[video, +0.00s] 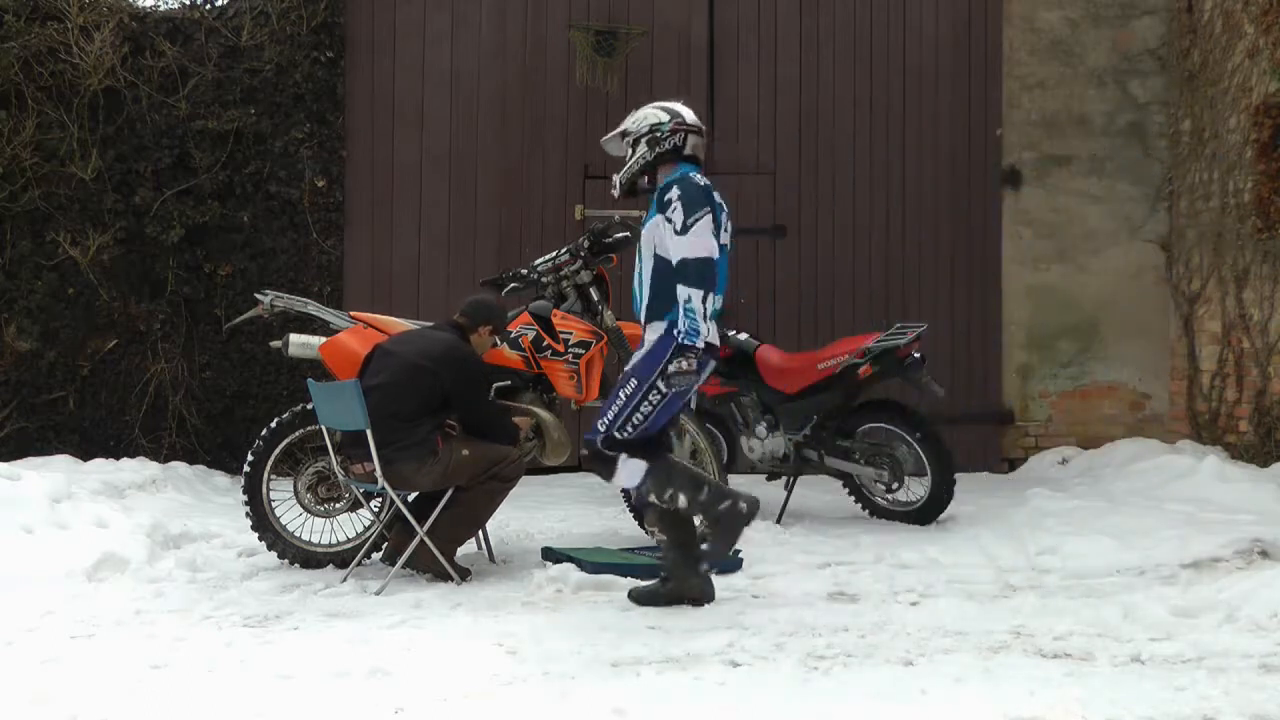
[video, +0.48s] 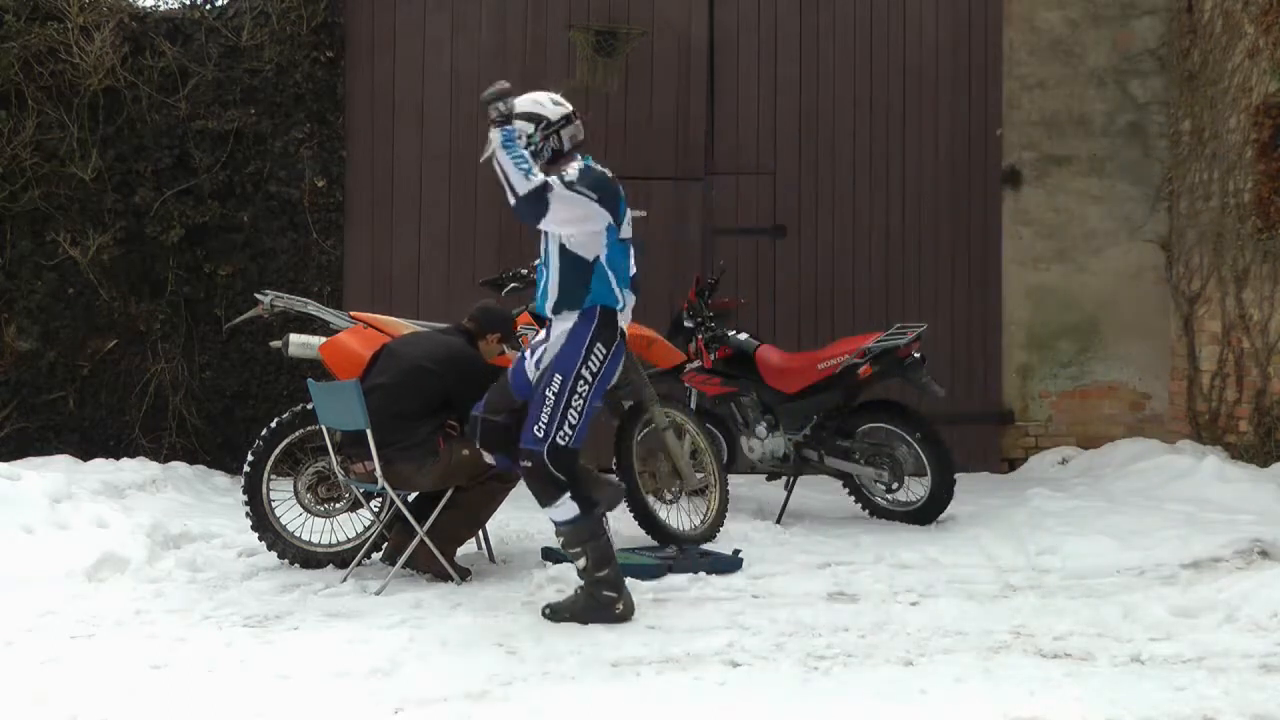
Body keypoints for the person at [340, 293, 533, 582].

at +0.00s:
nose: (492, 347)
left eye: (495, 341)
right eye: (494, 340)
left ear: (461, 318)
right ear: (484, 331)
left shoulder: (406, 338)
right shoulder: (463, 359)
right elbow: (481, 424)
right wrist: (514, 428)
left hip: (357, 455)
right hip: (399, 461)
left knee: (466, 453)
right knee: (508, 464)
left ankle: (402, 542)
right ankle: (435, 551)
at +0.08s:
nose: (493, 347)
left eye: (496, 341)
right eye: (495, 339)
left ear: (460, 319)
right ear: (483, 332)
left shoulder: (408, 338)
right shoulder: (466, 362)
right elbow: (478, 427)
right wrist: (516, 433)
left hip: (359, 452)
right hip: (399, 462)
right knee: (508, 463)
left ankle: (403, 541)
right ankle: (435, 551)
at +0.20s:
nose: (495, 352)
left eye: (499, 346)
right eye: (497, 344)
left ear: (464, 320)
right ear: (486, 334)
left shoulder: (406, 339)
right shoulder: (467, 363)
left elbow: (366, 392)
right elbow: (480, 427)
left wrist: (434, 424)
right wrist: (518, 441)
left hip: (359, 453)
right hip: (398, 462)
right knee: (508, 463)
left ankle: (403, 543)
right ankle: (435, 551)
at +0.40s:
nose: (499, 352)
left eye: (502, 345)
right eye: (501, 344)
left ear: (467, 323)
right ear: (490, 337)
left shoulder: (412, 339)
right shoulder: (468, 362)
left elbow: (366, 388)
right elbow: (486, 430)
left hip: (360, 453)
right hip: (399, 463)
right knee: (504, 463)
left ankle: (403, 543)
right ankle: (435, 552)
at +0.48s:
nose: (500, 353)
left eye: (503, 347)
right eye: (501, 346)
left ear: (468, 324)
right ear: (491, 338)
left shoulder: (413, 339)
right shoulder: (474, 366)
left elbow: (366, 391)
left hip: (362, 454)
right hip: (402, 464)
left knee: (466, 457)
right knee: (503, 468)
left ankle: (402, 544)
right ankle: (435, 551)